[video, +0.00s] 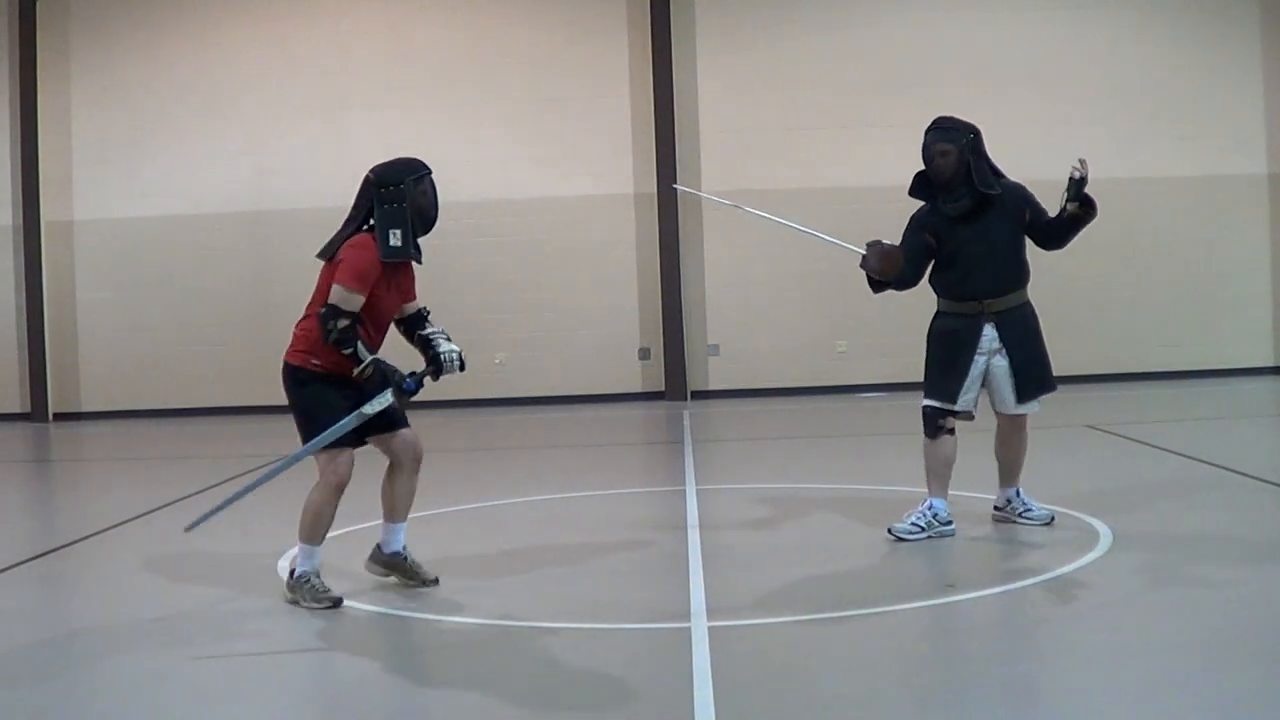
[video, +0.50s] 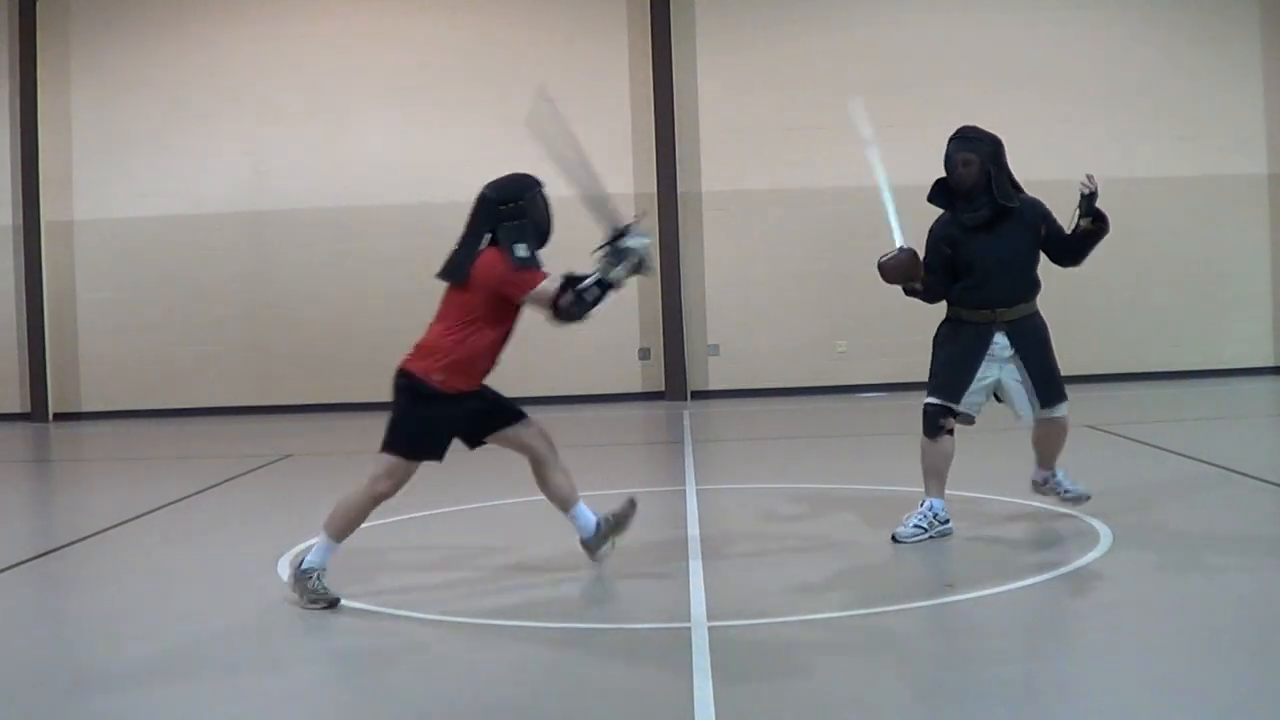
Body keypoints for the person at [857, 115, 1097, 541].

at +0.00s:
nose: (936, 163)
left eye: (944, 154)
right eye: (931, 156)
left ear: (968, 153)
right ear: (925, 161)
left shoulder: (1010, 196)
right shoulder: (928, 218)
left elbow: (1050, 237)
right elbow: (908, 274)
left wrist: (1073, 213)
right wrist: (881, 271)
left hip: (1011, 320)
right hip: (955, 324)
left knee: (1014, 412)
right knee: (937, 413)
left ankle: (1009, 497)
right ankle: (936, 508)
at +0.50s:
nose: (957, 173)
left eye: (966, 164)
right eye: (952, 165)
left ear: (989, 165)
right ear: (947, 170)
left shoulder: (1027, 211)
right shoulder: (946, 227)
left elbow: (1066, 254)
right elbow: (937, 290)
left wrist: (1088, 224)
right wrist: (913, 282)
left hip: (1022, 325)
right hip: (965, 329)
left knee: (1053, 410)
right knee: (937, 414)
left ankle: (1045, 476)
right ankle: (934, 509)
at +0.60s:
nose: (976, 179)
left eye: (985, 171)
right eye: (973, 171)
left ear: (1008, 175)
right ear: (968, 175)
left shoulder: (1043, 227)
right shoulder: (963, 232)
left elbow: (1085, 267)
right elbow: (933, 284)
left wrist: (1106, 239)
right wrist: (901, 274)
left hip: (1032, 338)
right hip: (973, 340)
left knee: (1070, 420)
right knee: (939, 418)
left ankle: (1083, 467)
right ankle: (932, 510)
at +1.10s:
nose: (1120, 180)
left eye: (1129, 173)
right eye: (1116, 172)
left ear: (1149, 177)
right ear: (1109, 174)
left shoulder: (1172, 225)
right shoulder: (1098, 212)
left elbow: (1206, 270)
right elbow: (1058, 220)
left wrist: (1238, 314)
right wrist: (1029, 200)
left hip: (1145, 327)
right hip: (1100, 323)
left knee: (1116, 406)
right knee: (1100, 417)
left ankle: (1094, 482)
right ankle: (1149, 449)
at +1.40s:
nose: (1188, 175)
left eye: (1196, 168)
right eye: (1184, 168)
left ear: (1217, 170)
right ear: (1178, 170)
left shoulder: (1244, 220)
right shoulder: (1173, 205)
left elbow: (1268, 273)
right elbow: (1129, 192)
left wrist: (1274, 320)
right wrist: (1124, 146)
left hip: (1221, 316)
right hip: (1178, 312)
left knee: (1221, 396)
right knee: (1169, 399)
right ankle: (1195, 468)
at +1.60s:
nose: (1232, 186)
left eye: (1240, 180)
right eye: (1228, 179)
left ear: (1259, 183)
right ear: (1222, 182)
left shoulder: (1273, 220)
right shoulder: (1224, 219)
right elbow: (1184, 256)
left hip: (1273, 320)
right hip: (1235, 317)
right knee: (1200, 385)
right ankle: (1198, 465)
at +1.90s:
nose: (1207, 199)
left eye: (1213, 192)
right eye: (1202, 193)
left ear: (1230, 192)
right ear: (1195, 196)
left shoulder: (1261, 232)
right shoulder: (1195, 242)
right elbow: (1184, 289)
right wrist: (1192, 311)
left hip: (1256, 322)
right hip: (1209, 323)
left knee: (1270, 392)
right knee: (1186, 388)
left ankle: (1273, 454)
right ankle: (1173, 462)